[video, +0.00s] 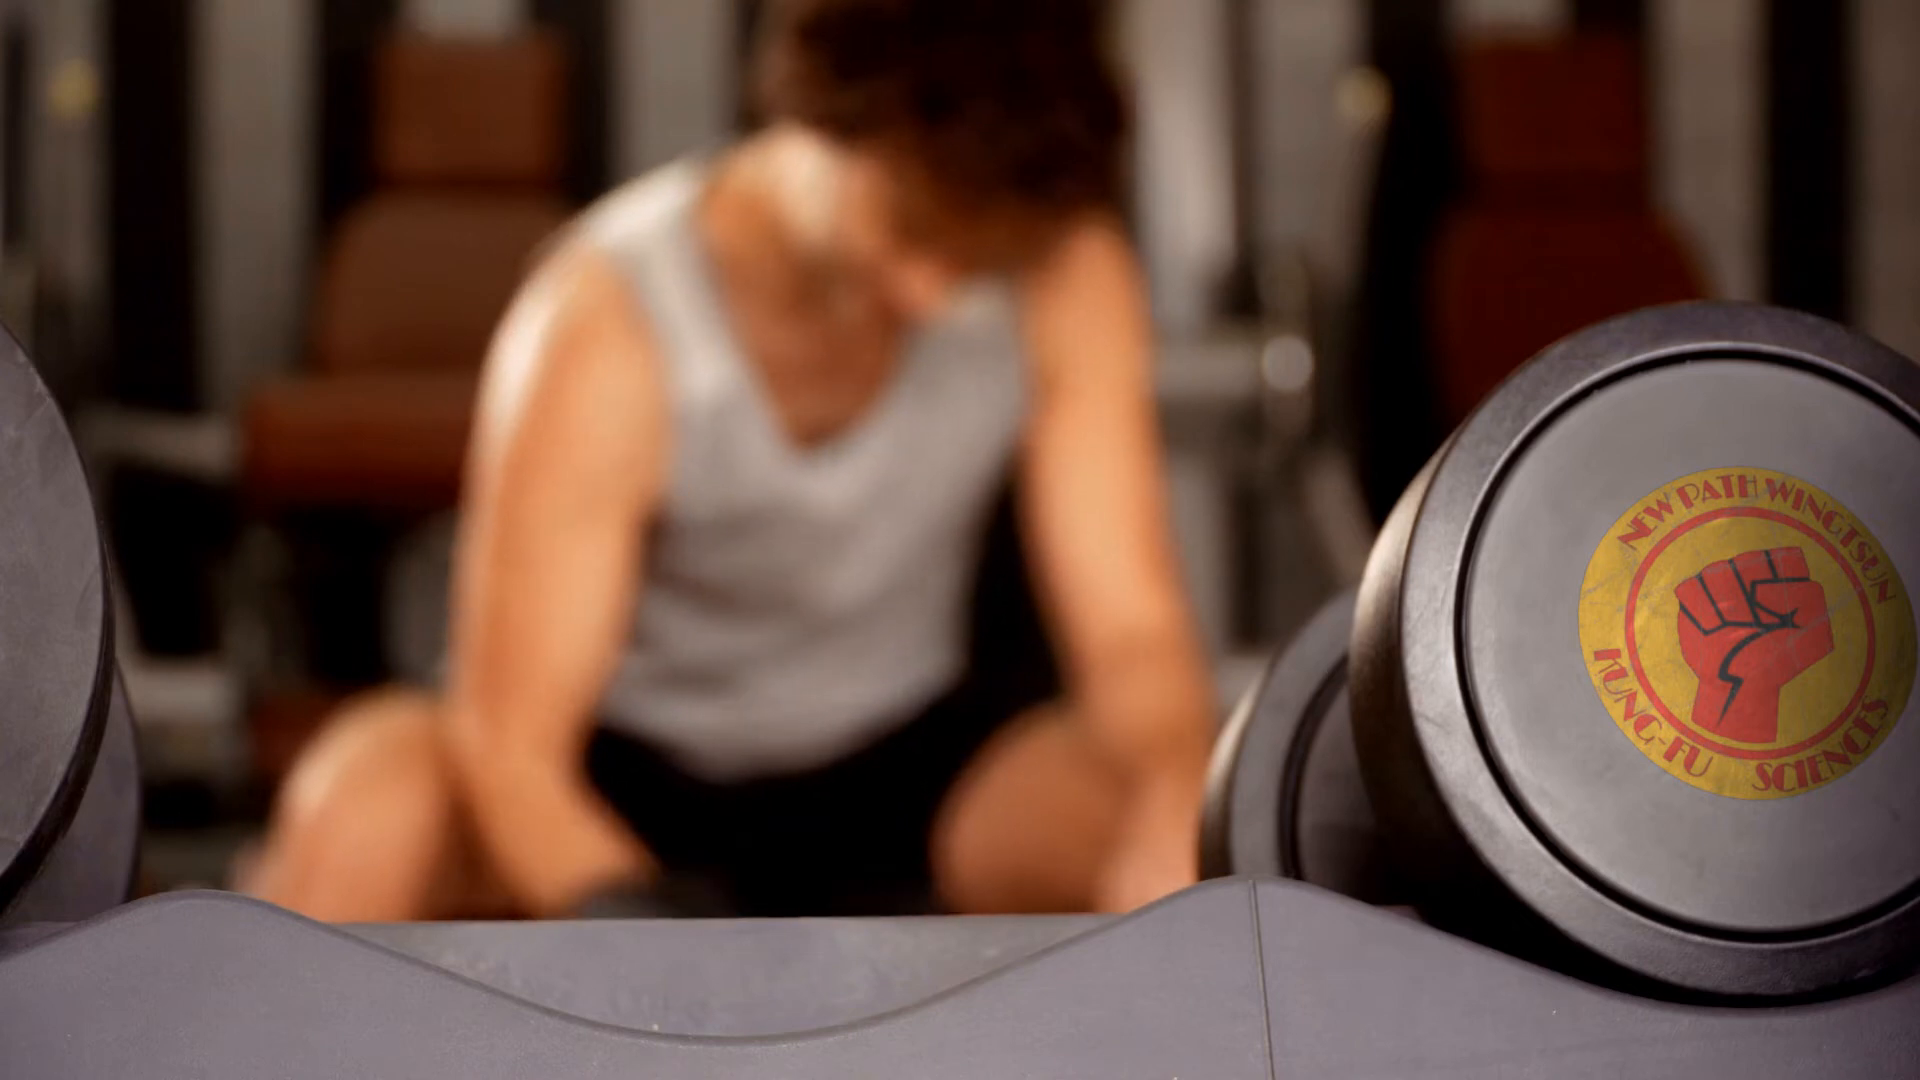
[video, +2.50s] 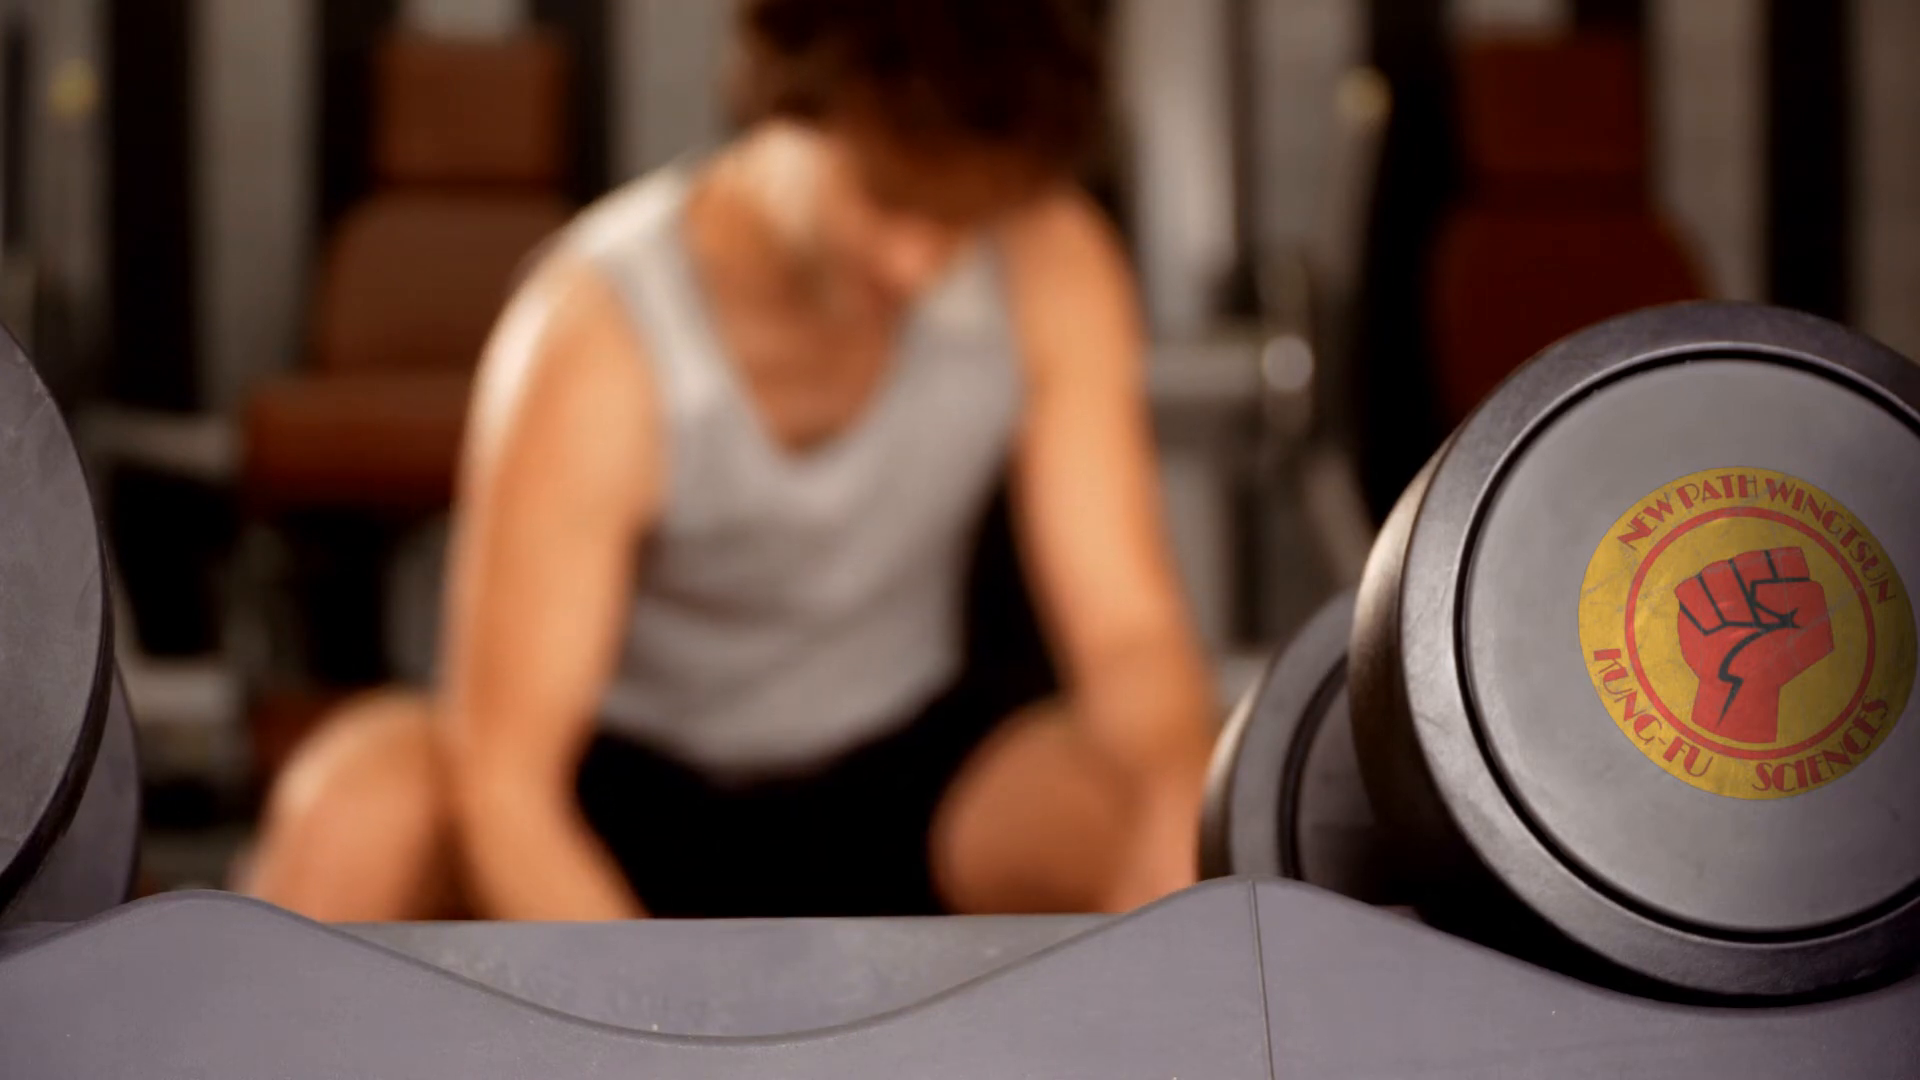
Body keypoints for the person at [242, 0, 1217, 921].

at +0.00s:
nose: (932, 299)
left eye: (982, 262)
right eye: (906, 242)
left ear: (1041, 219)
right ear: (825, 137)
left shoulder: (1058, 263)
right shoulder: (604, 313)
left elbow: (1132, 641)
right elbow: (510, 749)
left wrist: (1169, 837)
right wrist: (672, 954)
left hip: (904, 773)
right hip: (628, 786)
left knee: (1189, 811)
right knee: (365, 788)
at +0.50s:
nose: (880, 303)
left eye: (922, 264)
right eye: (856, 247)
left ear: (978, 210)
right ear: (764, 147)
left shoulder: (1009, 260)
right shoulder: (492, 318)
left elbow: (1119, 634)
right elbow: (510, 748)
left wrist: (1182, 873)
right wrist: (733, 696)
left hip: (898, 782)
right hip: (599, 790)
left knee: (1170, 810)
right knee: (351, 800)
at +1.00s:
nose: (885, 277)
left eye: (930, 239)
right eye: (858, 223)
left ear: (985, 185)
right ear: (769, 128)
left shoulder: (1018, 257)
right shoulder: (517, 316)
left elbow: (1125, 635)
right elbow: (511, 748)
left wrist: (1181, 840)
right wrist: (750, 717)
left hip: (887, 783)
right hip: (596, 797)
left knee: (1182, 801)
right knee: (357, 798)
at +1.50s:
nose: (922, 297)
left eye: (976, 253)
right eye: (896, 234)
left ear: (1032, 206)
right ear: (804, 134)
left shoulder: (1055, 266)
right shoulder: (595, 334)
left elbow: (1136, 641)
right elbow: (523, 809)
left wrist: (1214, 832)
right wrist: (607, 1060)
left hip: (903, 782)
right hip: (628, 797)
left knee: (1195, 816)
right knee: (365, 798)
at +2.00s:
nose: (918, 311)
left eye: (967, 265)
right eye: (888, 248)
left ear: (1021, 221)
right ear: (793, 153)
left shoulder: (1044, 267)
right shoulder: (590, 366)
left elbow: (1135, 647)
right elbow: (521, 832)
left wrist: (1202, 857)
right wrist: (532, 1078)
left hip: (902, 785)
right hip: (623, 801)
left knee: (1194, 811)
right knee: (356, 797)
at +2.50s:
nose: (920, 264)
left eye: (970, 218)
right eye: (888, 201)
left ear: (1015, 172)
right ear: (792, 114)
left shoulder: (1044, 252)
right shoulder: (595, 328)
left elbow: (1130, 643)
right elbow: (504, 780)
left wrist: (1178, 874)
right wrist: (663, 1034)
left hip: (900, 784)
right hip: (628, 797)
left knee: (1184, 809)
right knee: (354, 790)